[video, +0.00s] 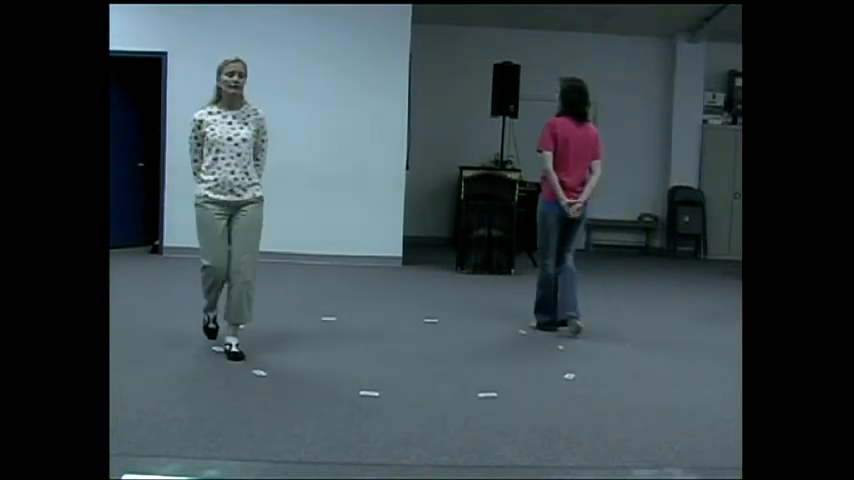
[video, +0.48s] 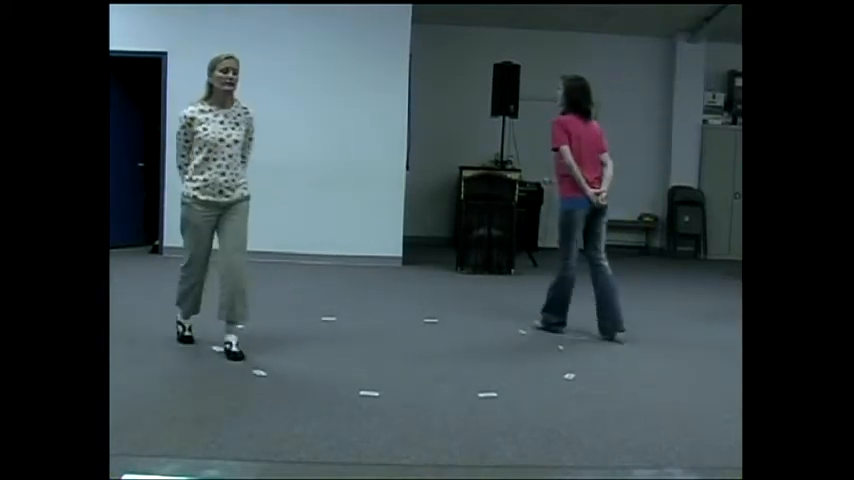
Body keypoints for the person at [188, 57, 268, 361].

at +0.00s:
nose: (235, 80)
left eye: (240, 76)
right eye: (229, 75)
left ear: (246, 82)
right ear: (219, 79)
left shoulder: (256, 118)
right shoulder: (203, 117)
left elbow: (260, 159)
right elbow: (196, 160)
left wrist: (251, 185)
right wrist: (207, 184)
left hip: (248, 199)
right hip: (211, 198)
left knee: (242, 269)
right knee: (217, 266)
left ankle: (233, 336)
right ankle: (210, 310)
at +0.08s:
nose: (235, 82)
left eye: (240, 78)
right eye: (230, 77)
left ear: (246, 83)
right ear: (219, 82)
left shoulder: (256, 120)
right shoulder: (203, 119)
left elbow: (260, 162)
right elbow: (196, 162)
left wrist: (251, 187)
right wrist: (205, 186)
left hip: (248, 200)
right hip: (212, 199)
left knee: (242, 271)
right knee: (216, 266)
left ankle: (232, 337)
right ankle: (211, 310)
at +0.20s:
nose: (235, 86)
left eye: (239, 81)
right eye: (229, 81)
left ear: (246, 86)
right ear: (218, 86)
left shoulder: (255, 125)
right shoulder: (202, 124)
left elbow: (257, 165)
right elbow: (192, 166)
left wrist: (247, 189)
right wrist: (203, 190)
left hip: (247, 204)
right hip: (210, 204)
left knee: (243, 273)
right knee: (215, 270)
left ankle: (233, 338)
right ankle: (207, 314)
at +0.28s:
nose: (234, 83)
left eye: (239, 79)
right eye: (228, 79)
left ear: (245, 84)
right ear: (217, 83)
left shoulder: (253, 123)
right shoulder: (200, 121)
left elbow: (256, 163)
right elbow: (190, 165)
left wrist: (245, 187)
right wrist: (203, 188)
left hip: (246, 203)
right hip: (210, 203)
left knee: (242, 272)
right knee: (213, 270)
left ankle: (233, 338)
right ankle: (200, 315)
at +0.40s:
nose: (231, 78)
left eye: (235, 74)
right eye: (225, 73)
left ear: (241, 80)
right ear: (213, 77)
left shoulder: (248, 117)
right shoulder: (196, 115)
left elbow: (249, 157)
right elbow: (184, 156)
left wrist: (239, 181)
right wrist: (195, 182)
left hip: (240, 199)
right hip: (203, 199)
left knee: (237, 266)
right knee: (201, 265)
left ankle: (232, 336)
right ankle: (187, 319)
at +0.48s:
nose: (229, 77)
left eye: (234, 72)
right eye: (224, 71)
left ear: (239, 79)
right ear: (211, 76)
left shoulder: (244, 116)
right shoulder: (192, 115)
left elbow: (245, 157)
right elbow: (182, 160)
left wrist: (232, 181)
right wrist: (195, 184)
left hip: (235, 199)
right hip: (200, 199)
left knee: (234, 264)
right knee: (196, 263)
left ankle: (232, 334)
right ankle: (184, 317)